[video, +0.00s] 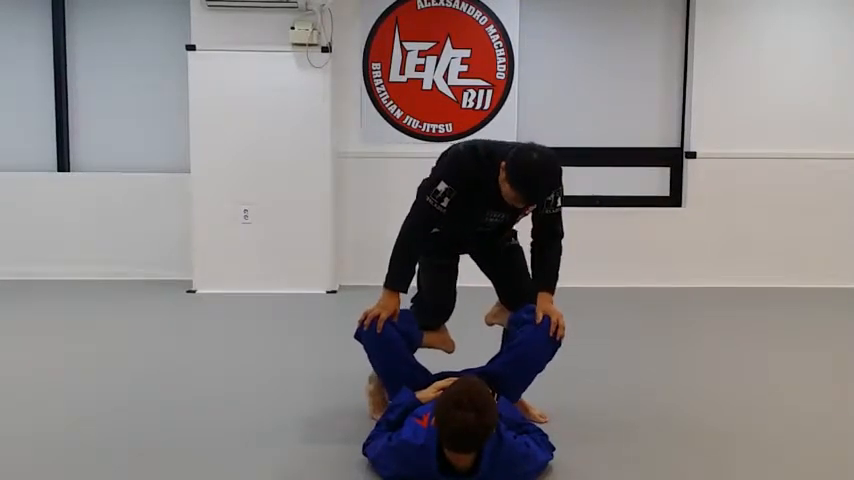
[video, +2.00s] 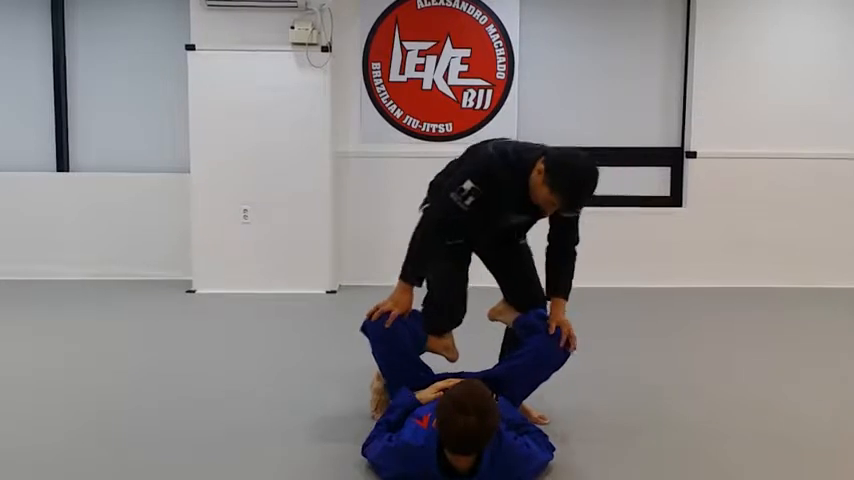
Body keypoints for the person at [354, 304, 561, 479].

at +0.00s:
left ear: (434, 419)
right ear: (495, 418)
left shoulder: (407, 452)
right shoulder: (515, 456)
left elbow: (374, 443)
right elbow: (540, 442)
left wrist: (414, 397)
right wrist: (506, 403)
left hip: (424, 396)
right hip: (492, 393)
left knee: (373, 327)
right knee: (546, 326)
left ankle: (431, 333)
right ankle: (509, 312)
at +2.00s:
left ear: (437, 426)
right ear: (495, 425)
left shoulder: (405, 454)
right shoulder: (516, 457)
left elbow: (373, 444)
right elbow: (541, 443)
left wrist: (412, 398)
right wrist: (503, 403)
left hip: (424, 395)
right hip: (494, 393)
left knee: (381, 324)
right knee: (556, 341)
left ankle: (435, 339)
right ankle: (510, 314)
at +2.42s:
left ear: (438, 422)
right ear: (496, 426)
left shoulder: (408, 451)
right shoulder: (515, 457)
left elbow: (374, 444)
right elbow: (541, 444)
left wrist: (412, 397)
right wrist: (519, 413)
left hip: (429, 390)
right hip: (497, 395)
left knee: (398, 318)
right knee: (563, 349)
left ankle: (451, 315)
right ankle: (515, 316)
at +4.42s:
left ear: (437, 423)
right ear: (496, 425)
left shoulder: (405, 453)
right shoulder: (516, 456)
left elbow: (374, 443)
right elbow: (540, 441)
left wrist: (414, 397)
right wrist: (504, 403)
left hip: (426, 393)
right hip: (496, 394)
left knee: (404, 316)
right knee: (555, 339)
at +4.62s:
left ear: (438, 423)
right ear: (496, 424)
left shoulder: (406, 452)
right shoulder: (515, 456)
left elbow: (374, 443)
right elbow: (540, 442)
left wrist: (414, 397)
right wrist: (508, 405)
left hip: (429, 391)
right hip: (498, 395)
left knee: (412, 316)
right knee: (557, 343)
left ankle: (451, 320)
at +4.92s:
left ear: (439, 420)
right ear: (497, 427)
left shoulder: (410, 450)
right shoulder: (516, 456)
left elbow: (374, 443)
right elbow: (541, 442)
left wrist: (413, 397)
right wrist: (520, 412)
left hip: (428, 391)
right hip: (499, 397)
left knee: (418, 314)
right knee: (557, 344)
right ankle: (520, 311)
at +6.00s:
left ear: (439, 416)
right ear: (498, 421)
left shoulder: (409, 449)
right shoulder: (515, 455)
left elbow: (374, 444)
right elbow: (540, 442)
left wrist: (414, 398)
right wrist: (513, 408)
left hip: (424, 397)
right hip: (495, 396)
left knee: (415, 316)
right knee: (550, 339)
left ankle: (413, 295)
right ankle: (520, 306)